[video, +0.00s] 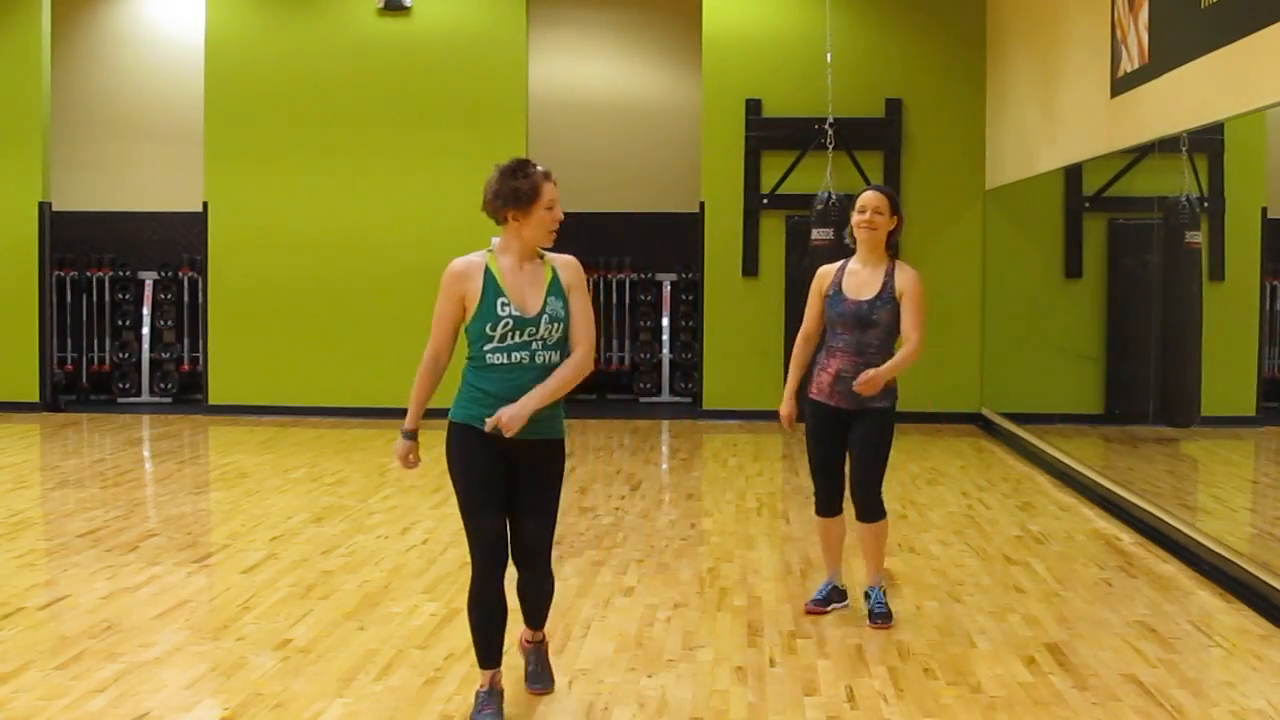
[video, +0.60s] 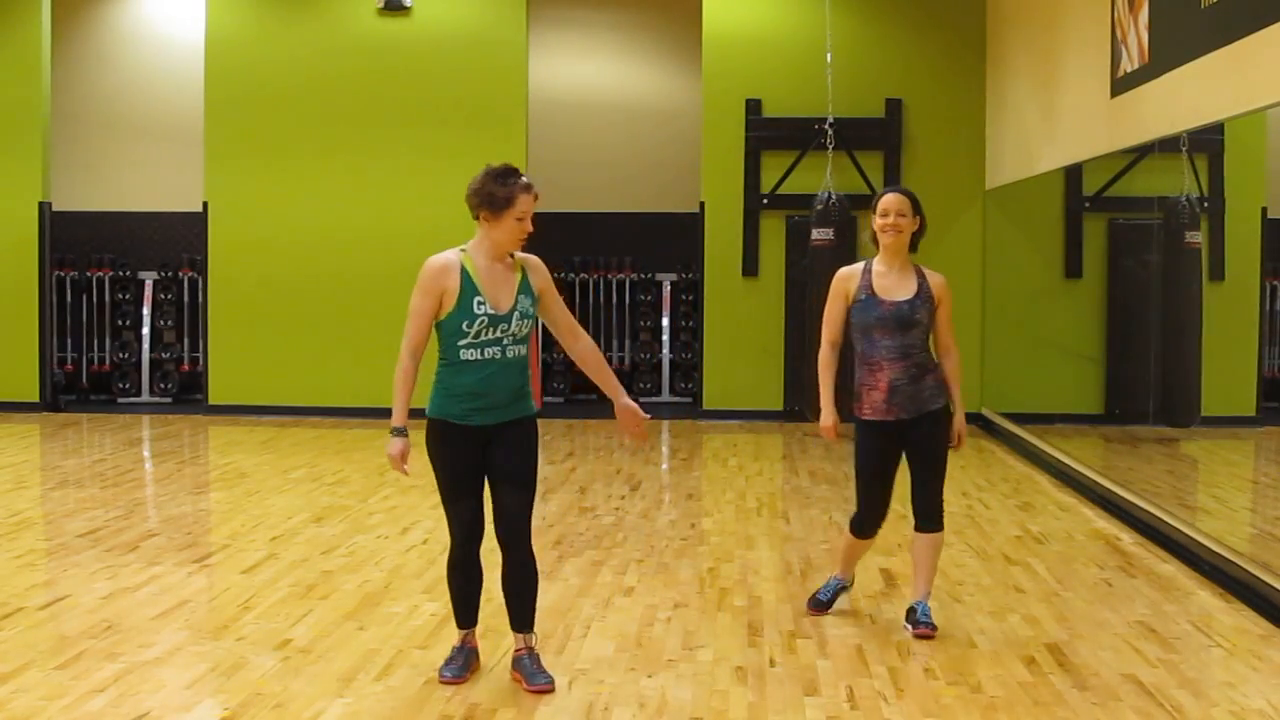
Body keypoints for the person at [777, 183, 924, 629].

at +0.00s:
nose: (866, 218)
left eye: (876, 212)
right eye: (860, 211)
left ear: (893, 224)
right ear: (850, 219)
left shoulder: (904, 279)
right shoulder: (827, 275)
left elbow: (912, 344)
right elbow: (807, 335)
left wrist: (885, 371)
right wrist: (789, 391)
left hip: (873, 403)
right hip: (823, 400)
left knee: (866, 493)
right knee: (827, 493)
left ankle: (875, 588)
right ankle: (832, 582)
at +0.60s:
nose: (891, 222)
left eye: (900, 215)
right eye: (884, 214)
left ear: (916, 224)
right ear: (872, 222)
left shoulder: (934, 284)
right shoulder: (848, 279)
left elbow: (947, 350)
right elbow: (829, 345)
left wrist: (958, 410)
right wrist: (827, 407)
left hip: (928, 413)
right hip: (874, 416)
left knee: (929, 510)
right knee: (869, 513)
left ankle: (921, 603)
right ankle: (841, 578)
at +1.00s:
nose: (918, 223)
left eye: (926, 215)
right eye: (909, 216)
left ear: (941, 221)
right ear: (895, 223)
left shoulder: (963, 282)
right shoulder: (873, 280)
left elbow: (972, 347)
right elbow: (855, 349)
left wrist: (970, 400)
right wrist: (847, 411)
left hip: (941, 415)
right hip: (886, 414)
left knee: (932, 515)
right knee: (903, 515)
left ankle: (921, 604)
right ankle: (911, 620)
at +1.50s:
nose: (928, 214)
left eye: (937, 207)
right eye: (918, 205)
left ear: (949, 215)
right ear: (902, 211)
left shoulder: (967, 277)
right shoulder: (873, 273)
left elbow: (980, 351)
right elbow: (854, 347)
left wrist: (989, 416)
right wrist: (864, 409)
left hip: (951, 422)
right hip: (891, 424)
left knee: (972, 532)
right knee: (903, 534)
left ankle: (979, 639)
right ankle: (916, 636)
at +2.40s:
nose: (972, 200)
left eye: (980, 194)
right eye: (960, 196)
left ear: (995, 211)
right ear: (944, 216)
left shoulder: (1020, 283)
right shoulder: (921, 276)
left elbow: (1027, 362)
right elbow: (888, 350)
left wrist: (1032, 427)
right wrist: (886, 422)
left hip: (998, 437)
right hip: (931, 436)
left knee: (1045, 543)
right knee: (904, 550)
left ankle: (1059, 656)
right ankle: (881, 656)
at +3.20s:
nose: (956, 212)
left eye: (969, 209)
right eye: (949, 205)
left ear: (983, 232)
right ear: (933, 221)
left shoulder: (993, 299)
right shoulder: (894, 283)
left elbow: (1003, 380)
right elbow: (857, 356)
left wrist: (1002, 449)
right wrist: (859, 424)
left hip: (949, 445)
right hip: (888, 436)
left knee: (969, 566)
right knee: (861, 547)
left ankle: (1033, 644)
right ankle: (863, 659)